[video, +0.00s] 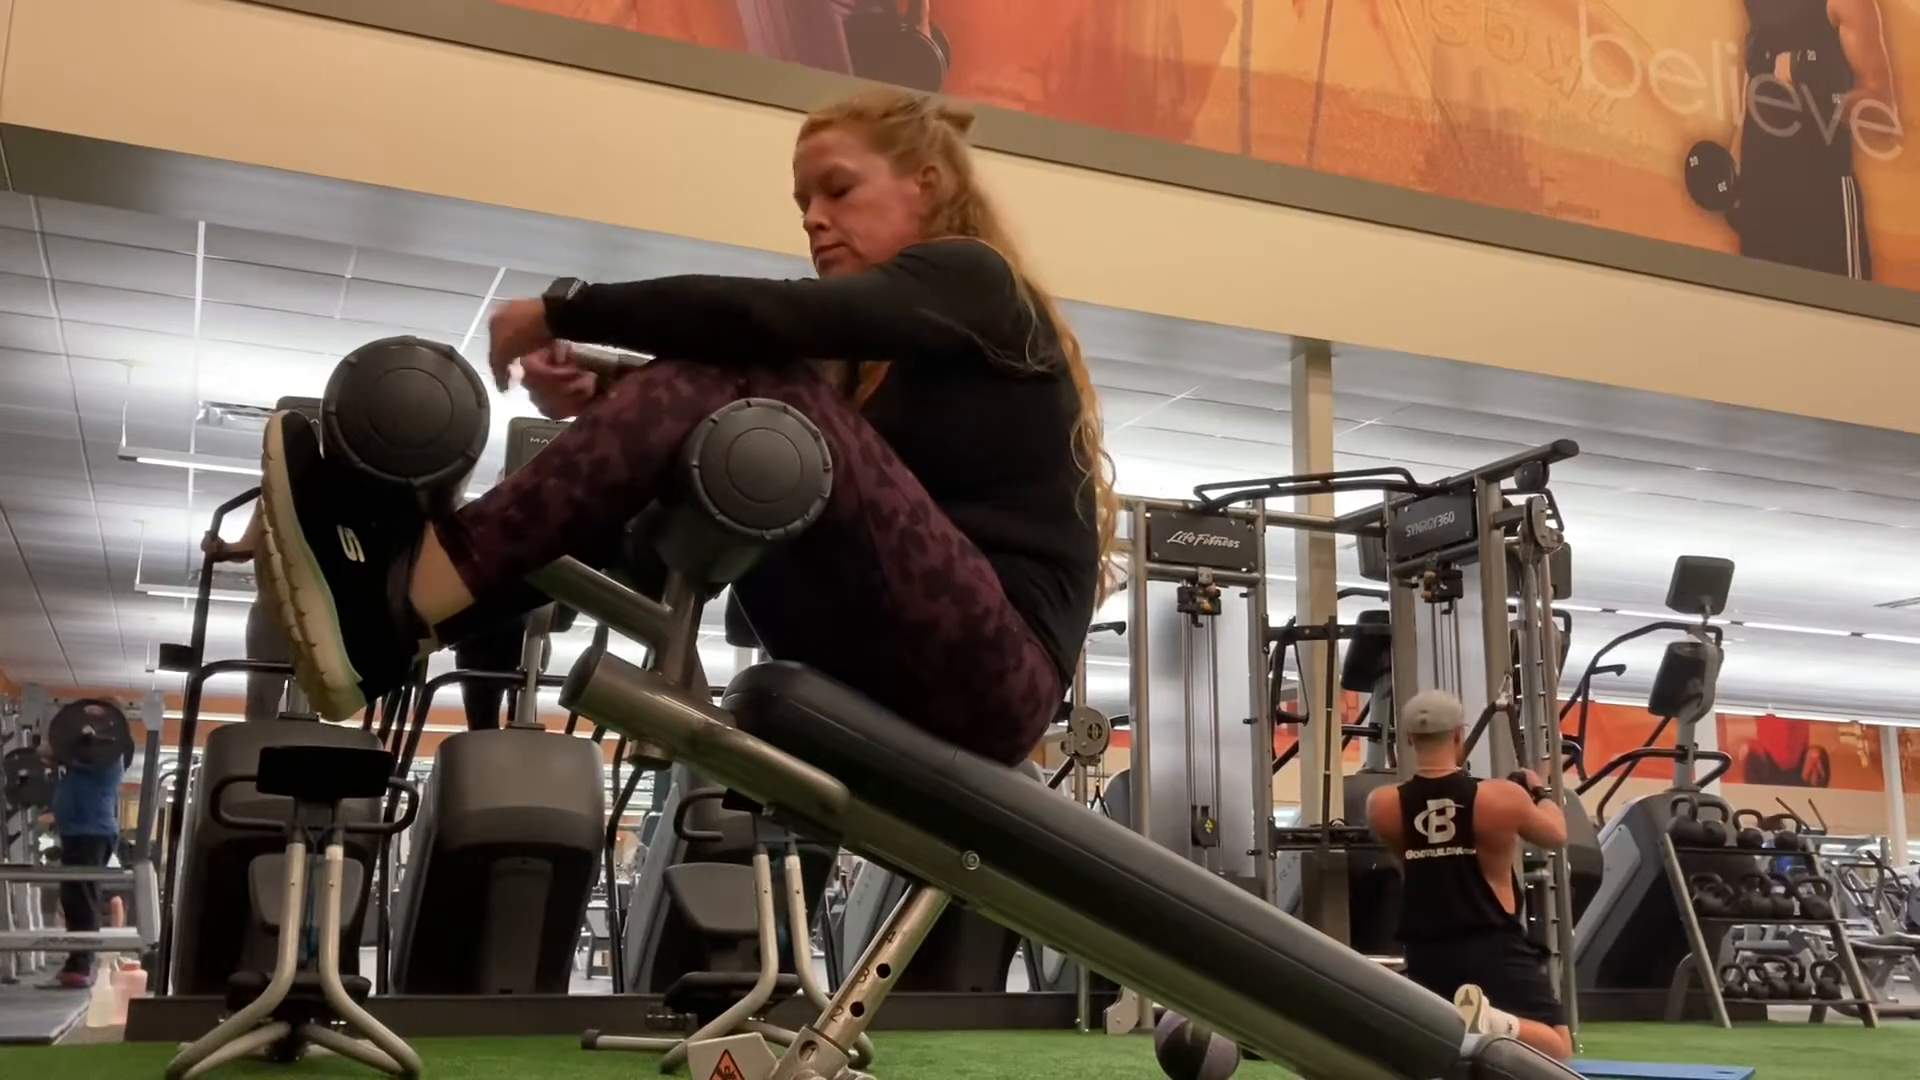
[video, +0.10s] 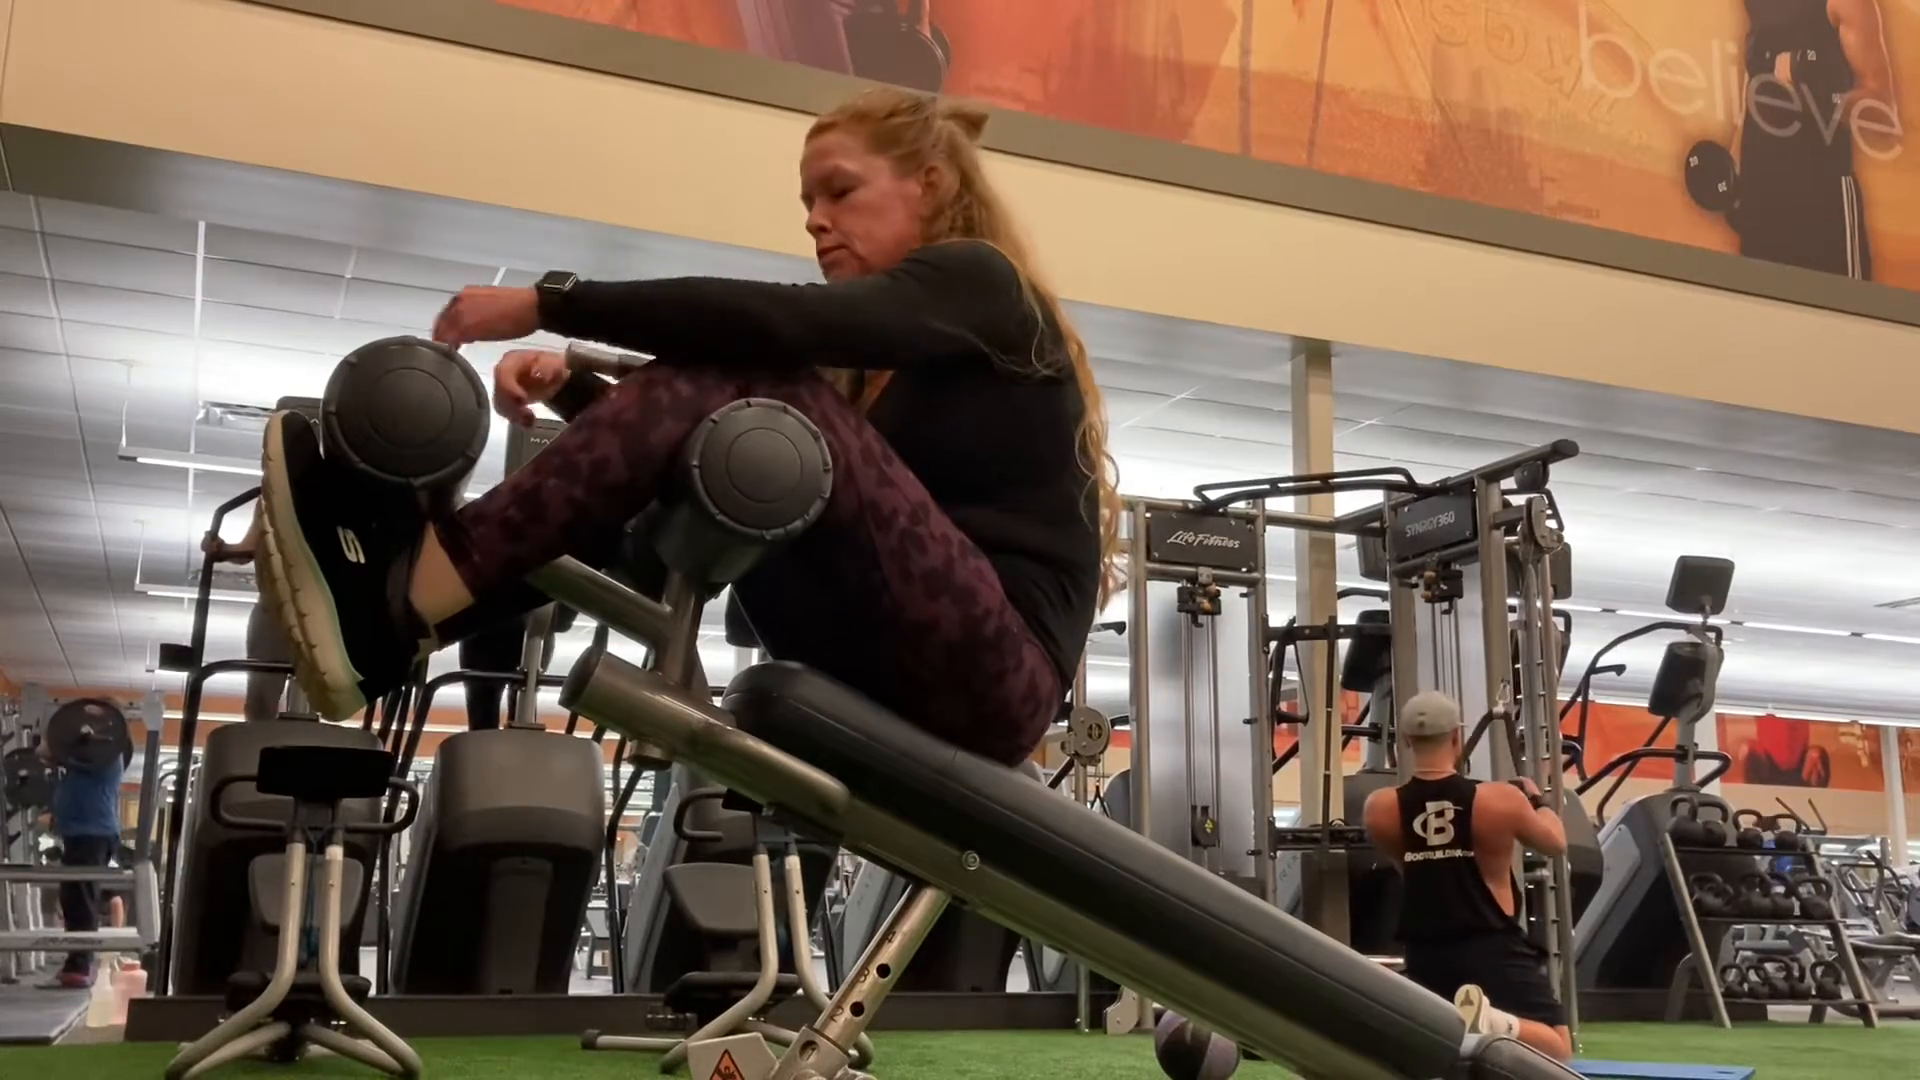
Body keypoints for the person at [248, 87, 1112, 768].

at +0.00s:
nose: (814, 222)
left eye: (839, 191)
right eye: (807, 204)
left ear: (927, 186)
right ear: (808, 214)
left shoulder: (974, 281)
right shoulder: (866, 325)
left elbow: (775, 318)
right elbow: (769, 375)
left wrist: (555, 308)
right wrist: (613, 389)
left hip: (992, 671)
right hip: (889, 656)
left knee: (775, 379)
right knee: (723, 393)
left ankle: (429, 589)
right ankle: (415, 598)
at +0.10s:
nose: (817, 223)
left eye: (841, 194)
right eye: (812, 204)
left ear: (931, 187)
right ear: (818, 212)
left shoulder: (979, 284)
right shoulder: (879, 326)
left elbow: (778, 322)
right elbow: (755, 372)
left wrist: (541, 301)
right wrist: (583, 378)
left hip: (992, 671)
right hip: (891, 652)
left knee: (768, 383)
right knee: (710, 394)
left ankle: (423, 595)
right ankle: (405, 608)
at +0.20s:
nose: (819, 222)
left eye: (844, 193)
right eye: (816, 203)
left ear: (936, 189)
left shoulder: (984, 286)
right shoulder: (875, 337)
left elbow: (784, 330)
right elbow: (753, 406)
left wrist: (541, 311)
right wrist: (558, 423)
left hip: (993, 673)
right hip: (886, 655)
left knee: (773, 398)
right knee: (703, 394)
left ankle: (422, 601)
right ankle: (409, 595)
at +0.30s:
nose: (822, 220)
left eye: (849, 192)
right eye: (820, 201)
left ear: (941, 193)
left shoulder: (985, 289)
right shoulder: (872, 348)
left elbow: (811, 351)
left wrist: (564, 335)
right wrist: (558, 471)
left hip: (993, 676)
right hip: (880, 656)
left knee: (783, 411)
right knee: (701, 394)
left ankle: (420, 604)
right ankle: (402, 606)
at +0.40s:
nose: (828, 223)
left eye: (854, 196)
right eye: (827, 204)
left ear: (944, 197)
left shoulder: (985, 288)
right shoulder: (888, 348)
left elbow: (834, 373)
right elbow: (763, 435)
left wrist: (579, 370)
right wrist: (560, 476)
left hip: (991, 676)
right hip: (888, 658)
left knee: (769, 364)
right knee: (736, 363)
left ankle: (421, 607)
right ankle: (408, 606)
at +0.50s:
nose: (835, 223)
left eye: (862, 196)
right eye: (835, 205)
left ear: (953, 199)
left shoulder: (995, 292)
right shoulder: (897, 345)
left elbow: (827, 373)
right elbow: (765, 416)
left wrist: (592, 369)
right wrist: (554, 480)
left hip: (991, 677)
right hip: (900, 659)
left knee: (764, 359)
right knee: (731, 381)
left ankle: (422, 602)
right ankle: (411, 600)